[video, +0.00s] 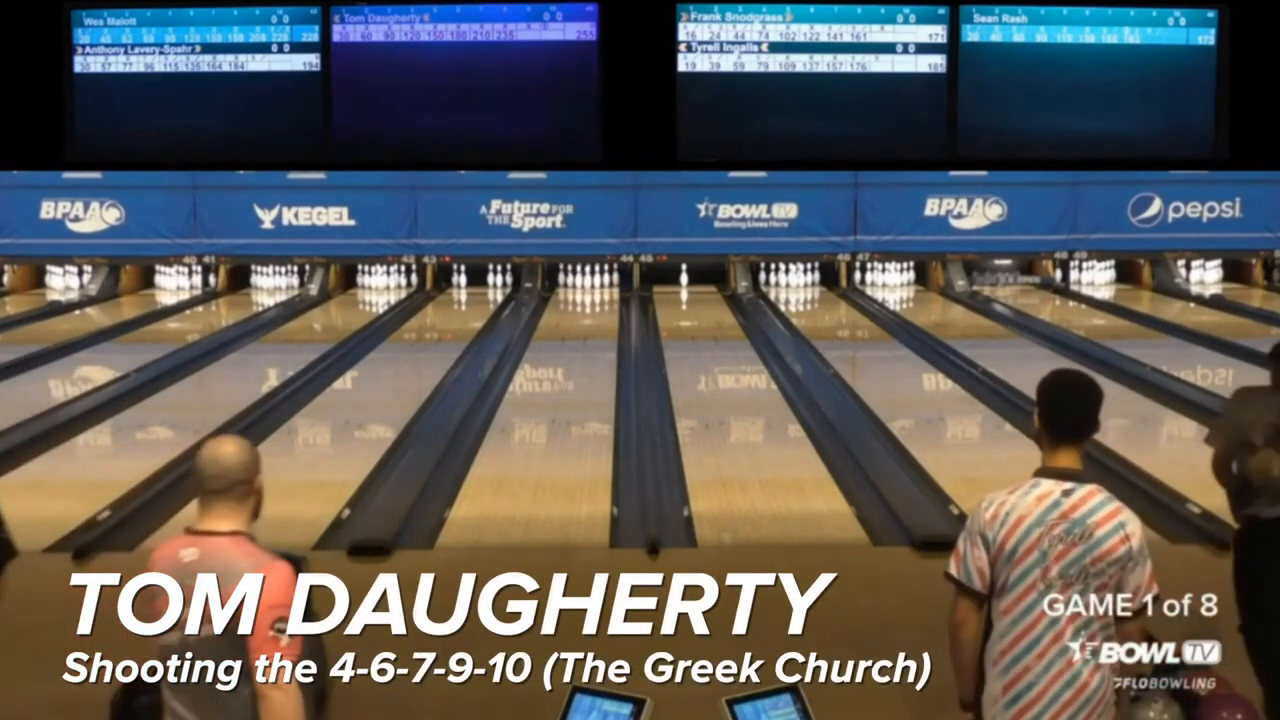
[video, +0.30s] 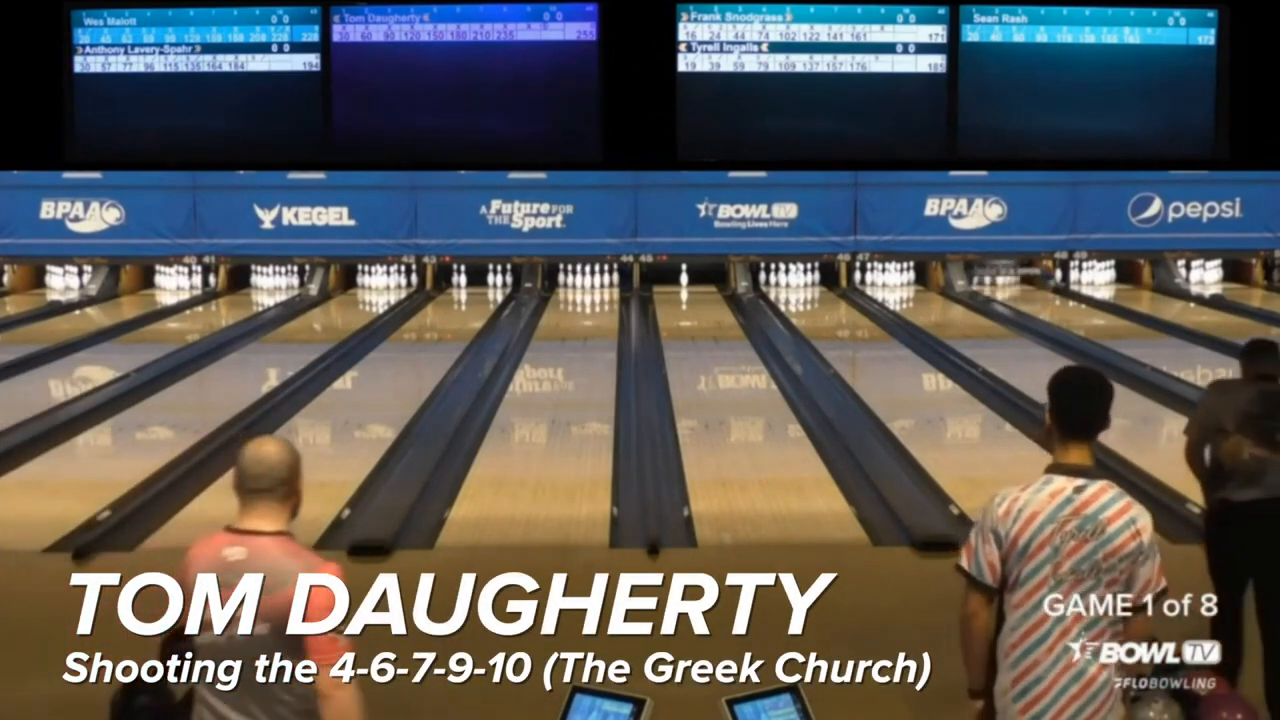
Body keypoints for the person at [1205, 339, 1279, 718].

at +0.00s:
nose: (1273, 375)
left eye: (1272, 366)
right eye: (1273, 366)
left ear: (1270, 367)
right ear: (1271, 367)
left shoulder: (1248, 401)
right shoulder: (1249, 401)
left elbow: (1220, 461)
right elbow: (1221, 461)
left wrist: (1239, 499)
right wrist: (1238, 499)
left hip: (1259, 529)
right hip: (1261, 529)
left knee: (1259, 627)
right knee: (1260, 627)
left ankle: (1272, 702)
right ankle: (1271, 702)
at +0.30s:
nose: (1263, 381)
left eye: (1262, 373)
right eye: (1263, 372)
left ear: (1242, 366)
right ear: (1273, 368)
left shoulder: (1221, 394)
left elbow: (1192, 446)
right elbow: (1194, 447)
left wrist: (1209, 489)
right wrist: (1210, 488)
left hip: (1229, 514)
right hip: (1271, 514)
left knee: (1227, 607)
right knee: (1273, 612)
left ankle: (1224, 689)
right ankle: (1276, 699)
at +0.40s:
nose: (1251, 382)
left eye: (1251, 375)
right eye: (1251, 375)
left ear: (1221, 369)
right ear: (1255, 374)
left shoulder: (1199, 399)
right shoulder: (1267, 412)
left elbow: (1172, 443)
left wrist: (1188, 479)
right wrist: (1237, 459)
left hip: (1203, 512)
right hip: (1255, 513)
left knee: (1203, 600)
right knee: (1250, 600)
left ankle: (1207, 686)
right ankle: (1271, 686)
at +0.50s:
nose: (1236, 376)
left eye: (1232, 369)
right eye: (1238, 370)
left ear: (1208, 368)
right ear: (1243, 373)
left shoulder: (1186, 393)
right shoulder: (1256, 412)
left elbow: (1164, 436)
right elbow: (1269, 458)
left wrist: (1181, 475)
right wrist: (1241, 462)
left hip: (1191, 504)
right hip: (1242, 506)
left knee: (1197, 589)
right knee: (1227, 586)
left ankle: (1205, 666)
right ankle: (1262, 666)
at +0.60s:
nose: (1228, 374)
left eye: (1222, 367)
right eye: (1229, 368)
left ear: (1197, 365)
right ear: (1232, 371)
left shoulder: (1177, 389)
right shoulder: (1247, 409)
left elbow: (1158, 436)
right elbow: (1252, 462)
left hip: (1185, 495)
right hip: (1231, 499)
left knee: (1200, 576)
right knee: (1208, 575)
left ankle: (1221, 658)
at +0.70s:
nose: (1217, 371)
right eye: (1217, 367)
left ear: (1184, 363)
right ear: (1217, 370)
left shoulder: (1163, 384)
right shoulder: (1232, 408)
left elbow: (1148, 433)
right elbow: (1221, 467)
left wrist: (1153, 470)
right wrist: (1216, 529)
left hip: (1163, 484)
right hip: (1209, 489)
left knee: (1162, 551)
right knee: (1194, 560)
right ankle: (1189, 629)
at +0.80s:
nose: (1207, 373)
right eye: (1208, 368)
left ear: (1178, 364)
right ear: (1210, 371)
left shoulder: (1156, 387)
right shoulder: (1225, 408)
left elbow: (1143, 432)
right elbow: (1216, 458)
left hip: (1154, 482)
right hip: (1199, 488)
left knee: (1154, 551)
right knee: (1180, 555)